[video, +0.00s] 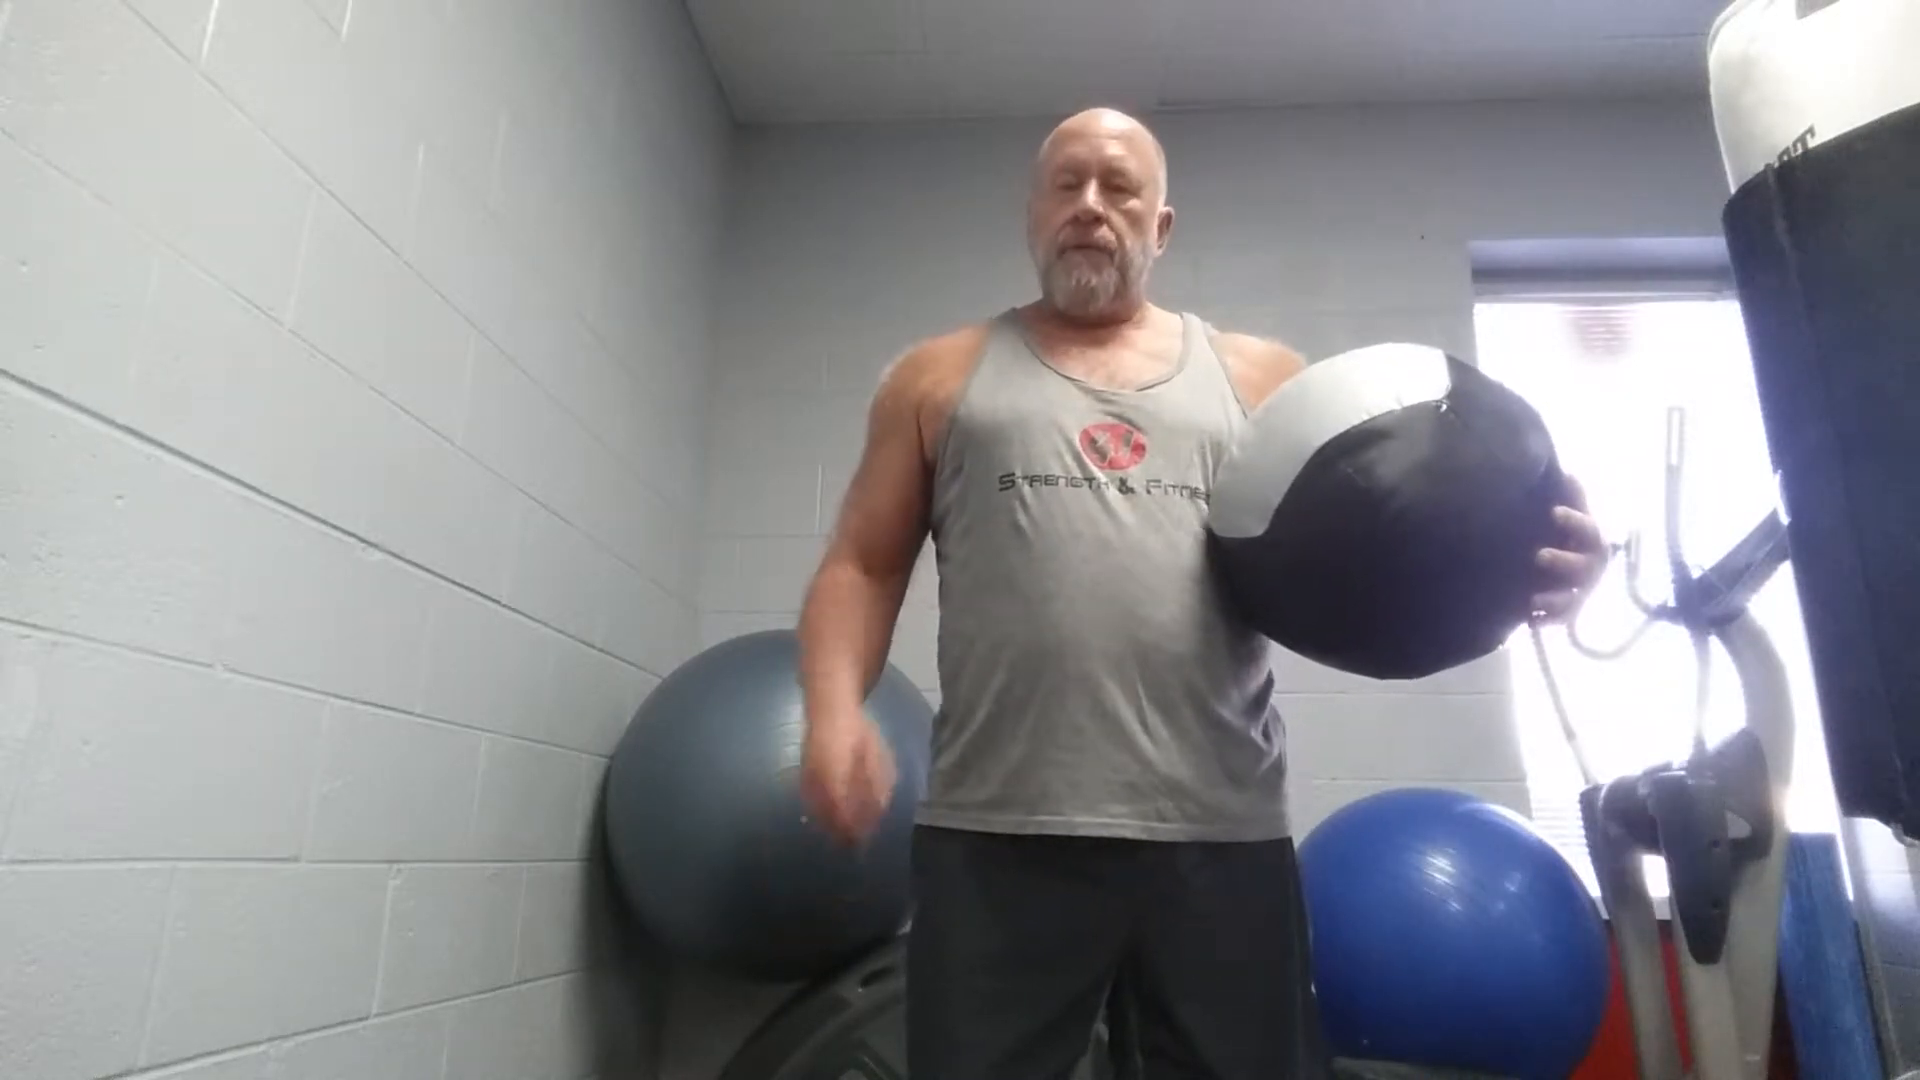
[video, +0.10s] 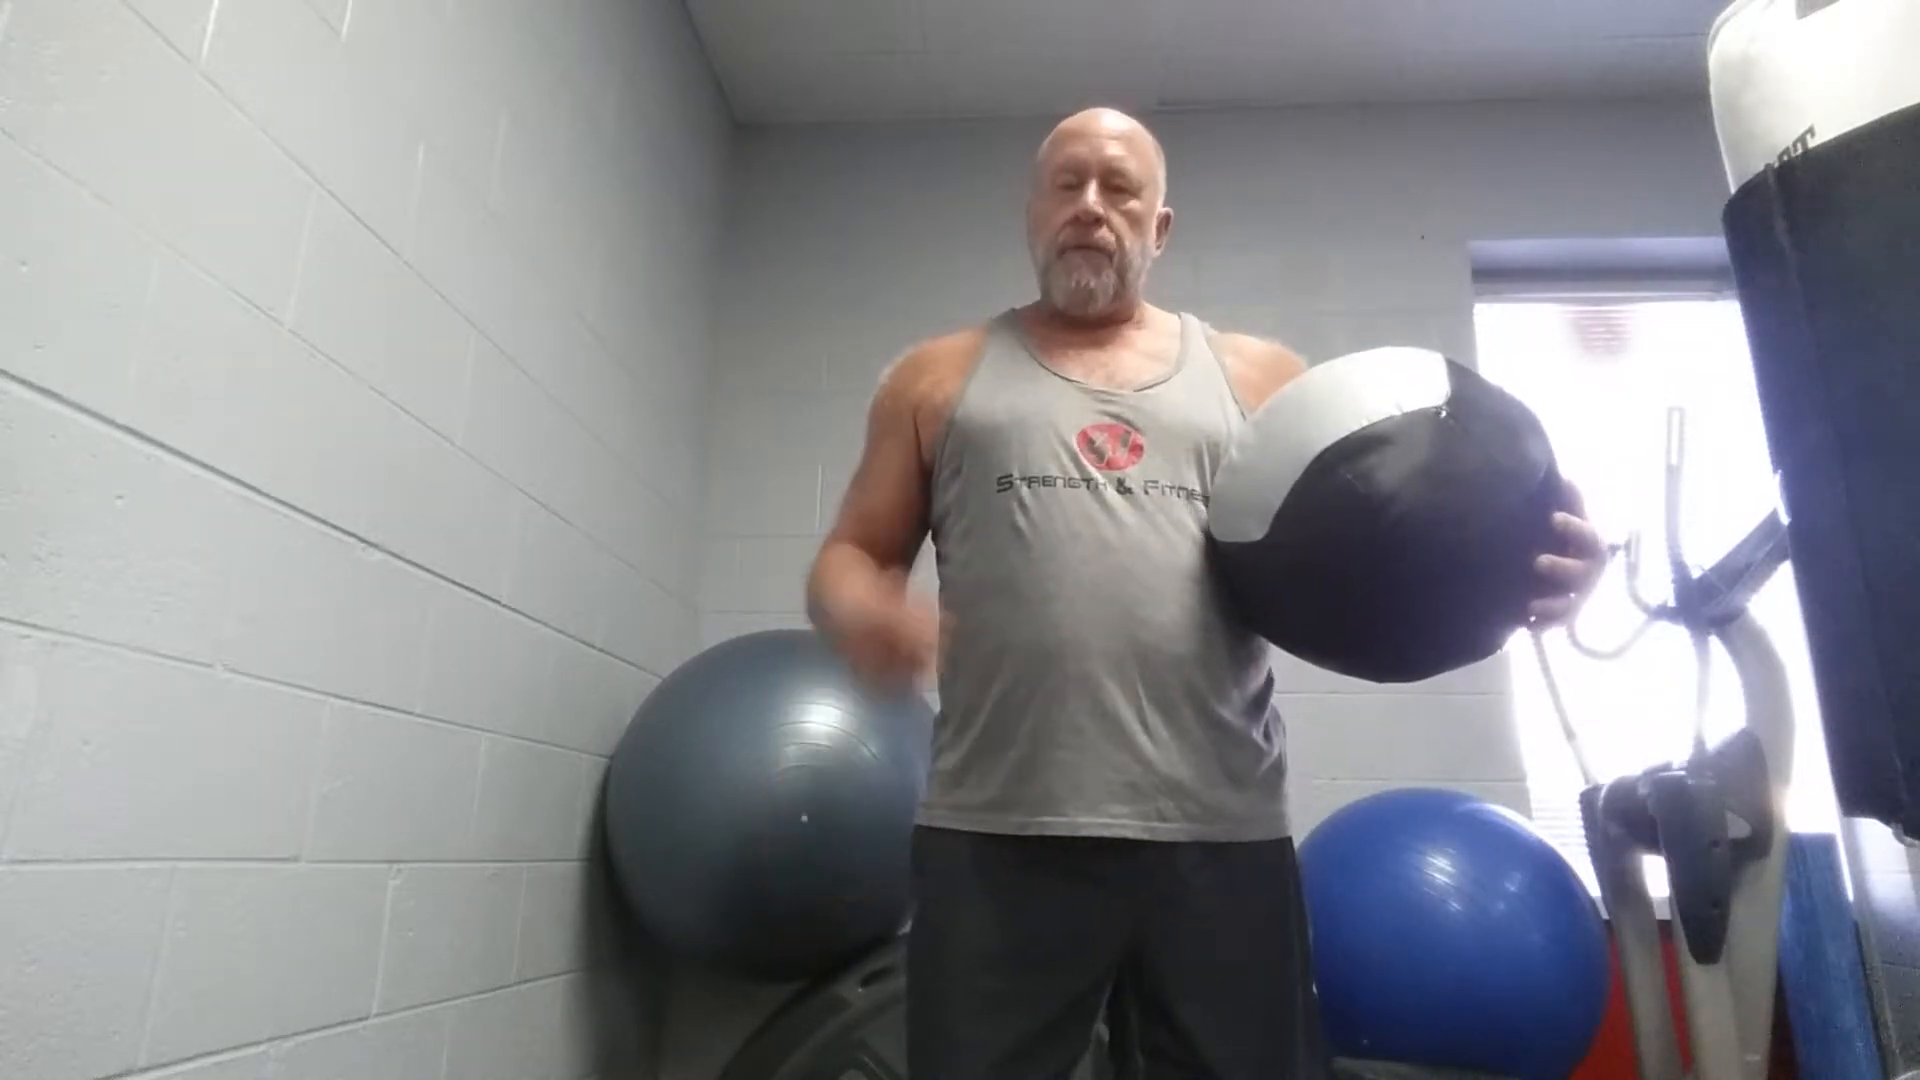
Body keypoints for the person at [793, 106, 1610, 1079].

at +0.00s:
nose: (1091, 206)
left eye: (1120, 187)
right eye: (1066, 184)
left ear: (1162, 222)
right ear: (1028, 213)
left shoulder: (1256, 374)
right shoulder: (938, 377)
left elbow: (1404, 521)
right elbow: (864, 564)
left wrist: (1545, 558)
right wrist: (832, 714)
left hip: (1222, 844)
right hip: (995, 843)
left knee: (1250, 1067)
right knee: (976, 1068)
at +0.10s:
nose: (1091, 206)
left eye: (1120, 187)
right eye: (1066, 183)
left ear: (1160, 222)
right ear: (1029, 212)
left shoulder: (1253, 373)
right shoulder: (936, 379)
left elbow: (1400, 525)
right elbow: (853, 558)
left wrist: (1540, 565)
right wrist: (876, 623)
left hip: (1221, 844)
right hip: (994, 844)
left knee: (1249, 1067)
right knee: (975, 1067)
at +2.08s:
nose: (1035, 205)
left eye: (1063, 182)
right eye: (1010, 185)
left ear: (1115, 210)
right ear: (984, 217)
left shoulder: (1235, 364)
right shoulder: (912, 389)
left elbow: (1385, 507)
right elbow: (833, 614)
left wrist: (1529, 541)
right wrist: (875, 561)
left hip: (1215, 841)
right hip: (986, 844)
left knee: (1241, 1070)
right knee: (968, 1070)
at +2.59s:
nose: (1033, 193)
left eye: (1062, 174)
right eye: (1009, 176)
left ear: (1114, 213)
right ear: (978, 214)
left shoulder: (1228, 362)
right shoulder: (908, 390)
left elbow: (1369, 527)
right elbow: (828, 590)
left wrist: (1518, 548)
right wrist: (749, 510)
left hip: (1209, 839)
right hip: (984, 843)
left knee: (1239, 1068)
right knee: (970, 1067)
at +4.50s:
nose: (1065, 196)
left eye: (1094, 178)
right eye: (1041, 175)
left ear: (1137, 217)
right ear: (1002, 209)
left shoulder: (1235, 371)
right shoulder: (916, 377)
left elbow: (1373, 531)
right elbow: (828, 592)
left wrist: (1520, 568)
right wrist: (878, 575)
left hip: (1205, 838)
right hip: (977, 836)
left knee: (1231, 1074)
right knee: (961, 1072)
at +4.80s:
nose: (1058, 199)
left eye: (1086, 178)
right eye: (1034, 178)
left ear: (1133, 212)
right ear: (998, 213)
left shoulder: (1236, 368)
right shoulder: (919, 381)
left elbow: (1377, 529)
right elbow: (842, 599)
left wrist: (1527, 564)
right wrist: (863, 525)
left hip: (1206, 834)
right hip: (979, 835)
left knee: (1231, 1068)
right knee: (967, 1068)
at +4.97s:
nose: (1060, 203)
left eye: (1086, 181)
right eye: (1035, 183)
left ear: (1136, 210)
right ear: (1000, 216)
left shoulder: (1245, 366)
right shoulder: (927, 384)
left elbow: (1383, 525)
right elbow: (824, 565)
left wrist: (1534, 557)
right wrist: (653, 498)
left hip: (1213, 840)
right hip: (986, 842)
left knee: (1254, 1073)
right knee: (970, 1074)